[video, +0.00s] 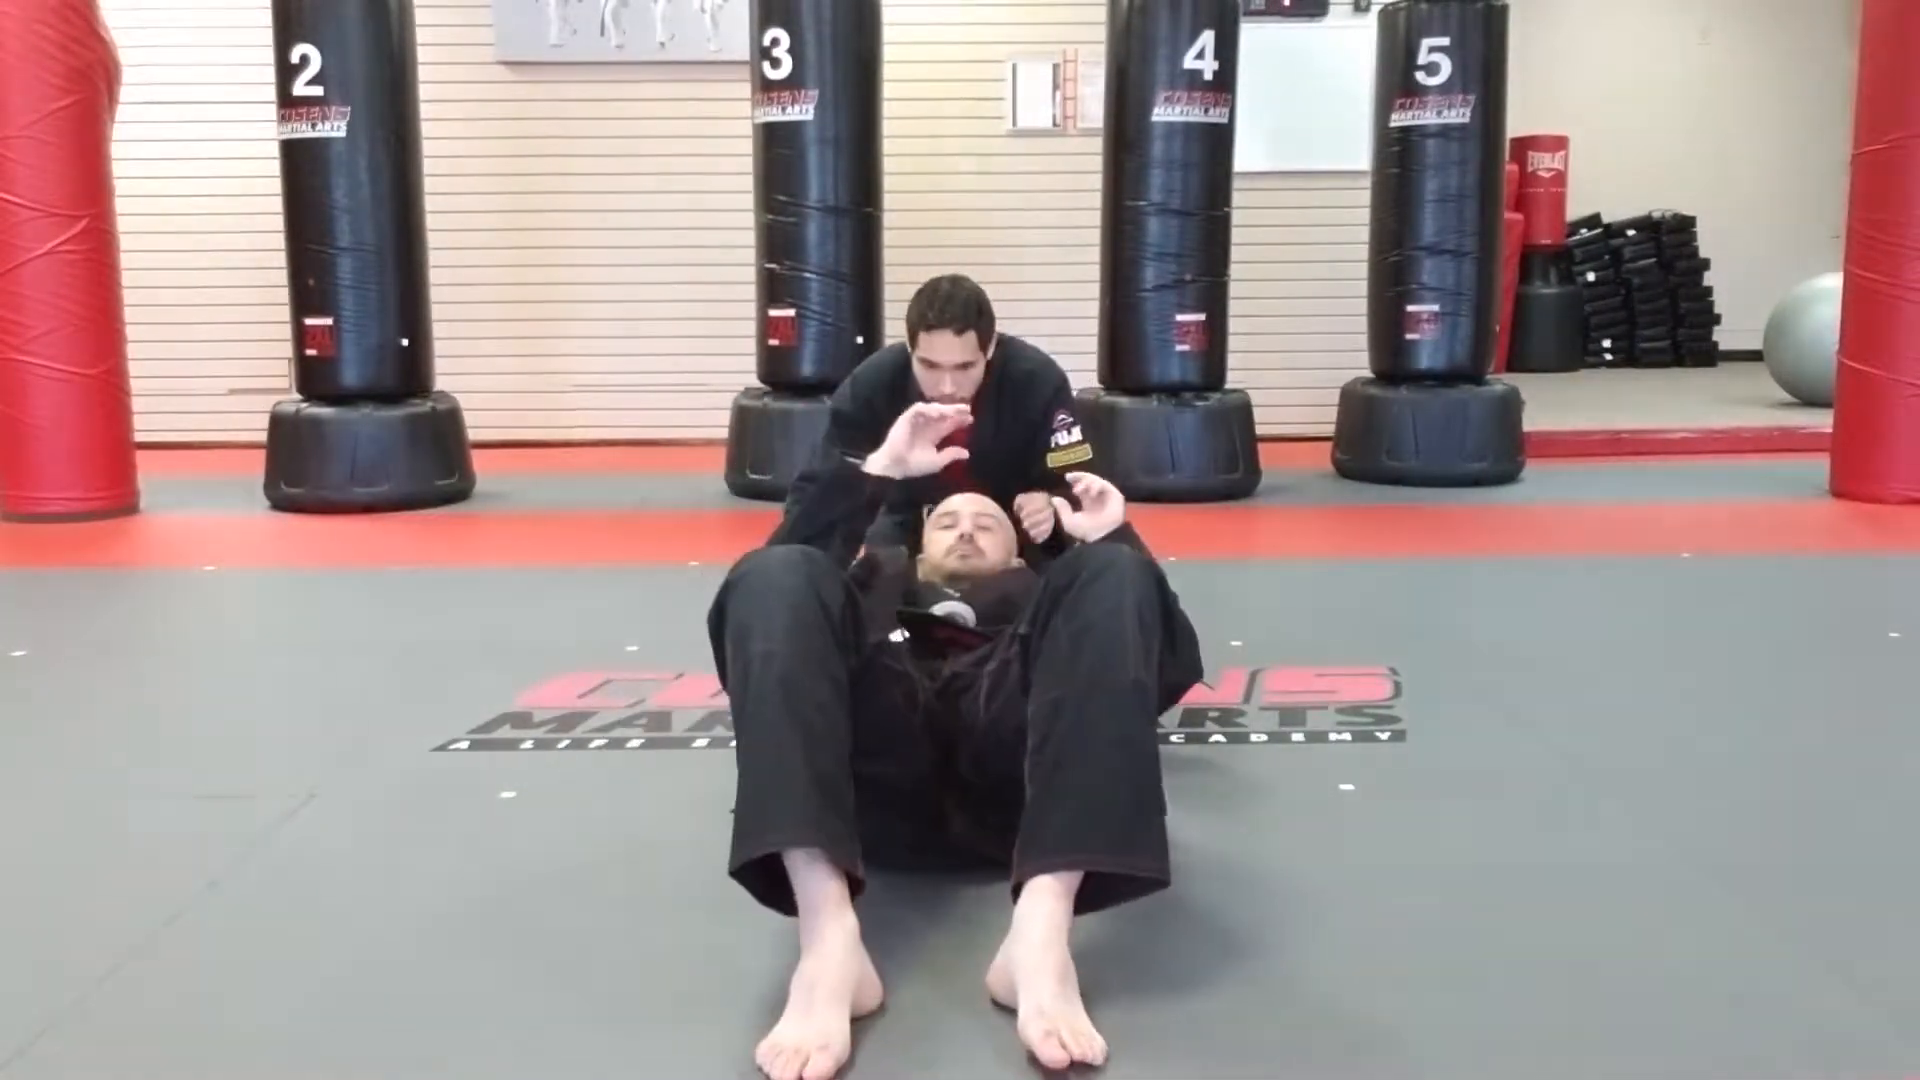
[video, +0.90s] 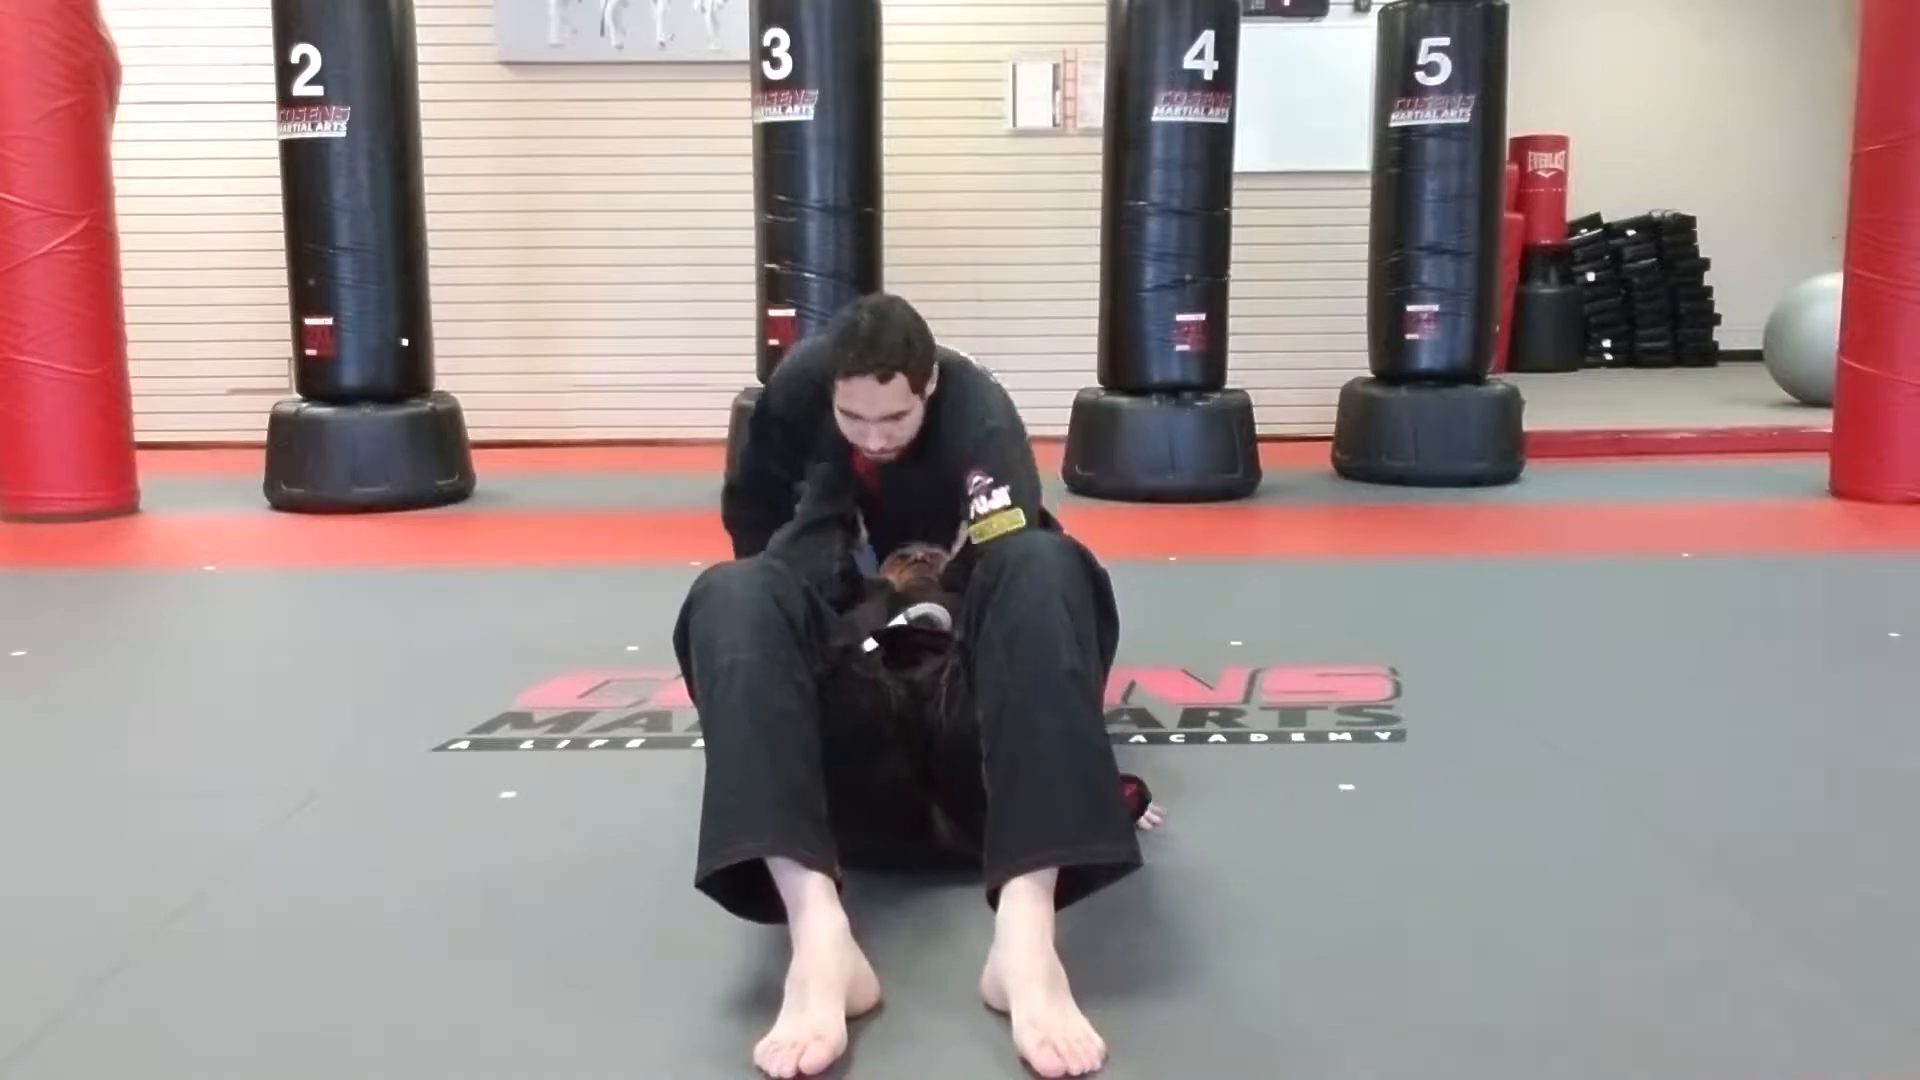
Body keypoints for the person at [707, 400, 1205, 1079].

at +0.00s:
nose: (965, 529)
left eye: (987, 523)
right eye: (944, 523)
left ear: (1021, 553)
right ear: (915, 554)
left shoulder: (1055, 590)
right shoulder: (871, 589)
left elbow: (1170, 675)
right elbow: (779, 581)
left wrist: (1114, 538)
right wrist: (880, 468)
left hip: (1026, 779)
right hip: (877, 772)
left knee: (1114, 570)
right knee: (774, 579)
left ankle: (1042, 935)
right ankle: (828, 940)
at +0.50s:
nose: (923, 544)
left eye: (945, 544)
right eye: (904, 545)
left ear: (978, 577)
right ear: (871, 578)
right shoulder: (826, 619)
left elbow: (1114, 592)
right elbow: (757, 584)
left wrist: (1016, 544)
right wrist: (828, 525)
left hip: (994, 793)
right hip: (844, 795)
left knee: (1049, 564)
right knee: (743, 589)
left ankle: (1030, 938)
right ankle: (822, 940)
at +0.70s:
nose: (871, 378)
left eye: (889, 356)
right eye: (852, 359)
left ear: (919, 328)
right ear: (827, 337)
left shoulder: (969, 354)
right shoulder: (797, 379)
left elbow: (1029, 485)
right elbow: (776, 542)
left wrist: (986, 539)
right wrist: (841, 534)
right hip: (843, 604)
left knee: (1041, 559)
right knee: (726, 593)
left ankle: (1027, 931)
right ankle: (818, 936)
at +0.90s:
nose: (875, 440)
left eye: (894, 420)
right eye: (856, 420)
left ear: (929, 385)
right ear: (828, 386)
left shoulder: (974, 405)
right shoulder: (789, 403)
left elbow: (1021, 554)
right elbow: (754, 549)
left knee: (1046, 560)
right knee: (730, 591)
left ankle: (1027, 928)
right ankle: (817, 934)